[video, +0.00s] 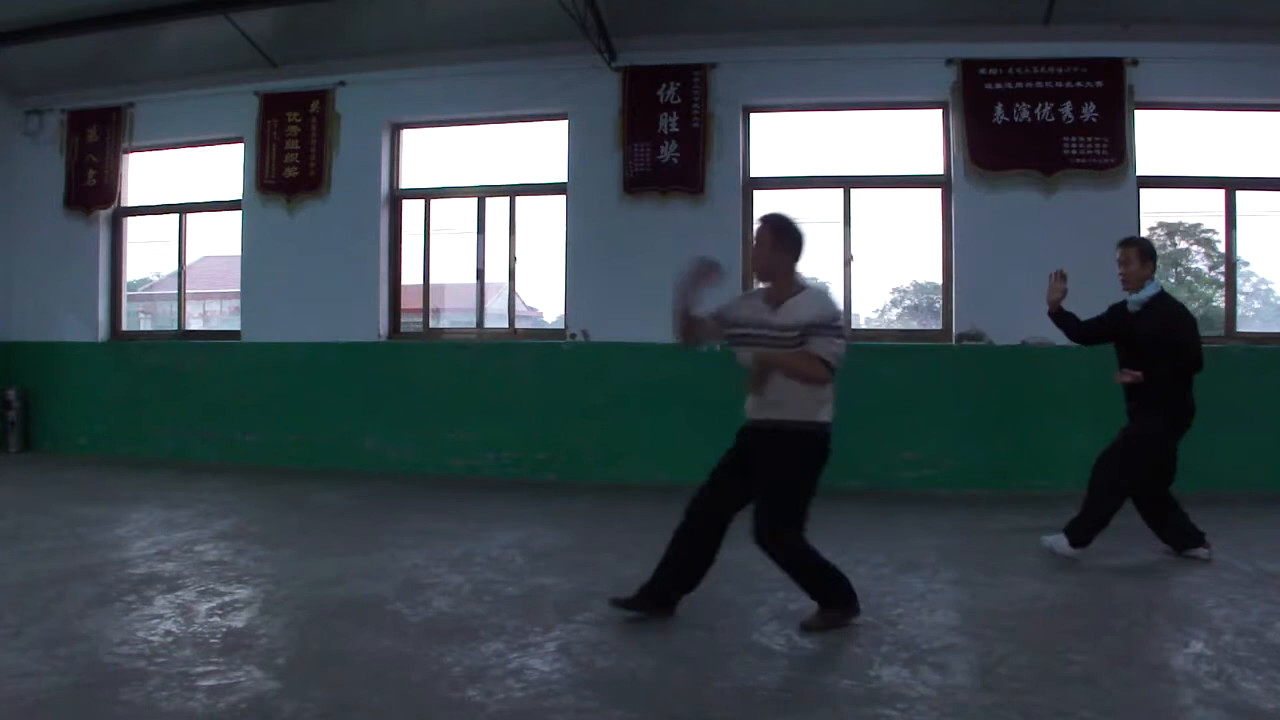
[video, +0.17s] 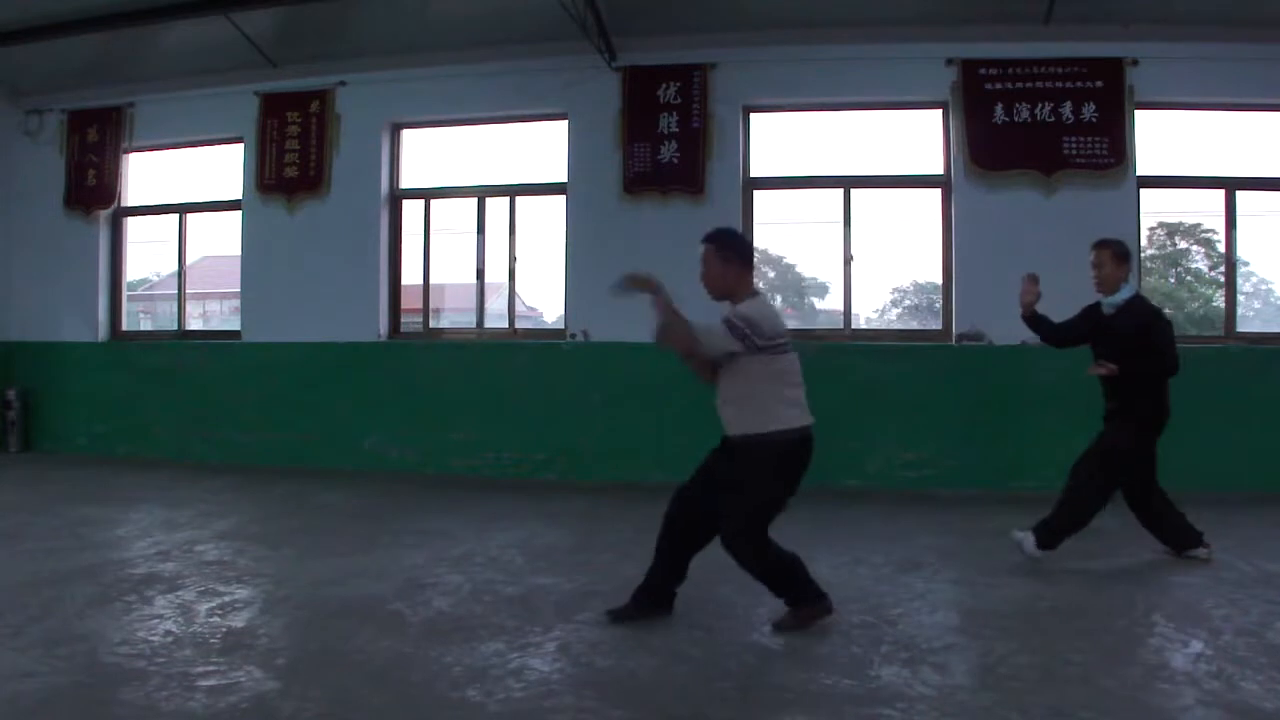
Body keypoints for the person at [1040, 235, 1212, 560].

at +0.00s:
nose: (1121, 271)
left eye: (1128, 264)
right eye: (1119, 264)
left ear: (1149, 268)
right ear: (1120, 268)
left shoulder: (1174, 313)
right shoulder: (1122, 313)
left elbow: (1192, 363)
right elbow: (1084, 334)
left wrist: (1145, 375)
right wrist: (1055, 309)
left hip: (1169, 414)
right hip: (1141, 413)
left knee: (1114, 467)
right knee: (1146, 484)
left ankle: (1075, 539)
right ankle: (1191, 544)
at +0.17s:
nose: (1094, 274)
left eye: (1101, 267)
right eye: (1093, 268)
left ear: (1124, 270)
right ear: (1097, 271)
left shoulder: (1149, 316)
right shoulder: (1098, 314)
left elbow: (1168, 365)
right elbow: (1060, 336)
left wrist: (1121, 370)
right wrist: (1029, 312)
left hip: (1144, 416)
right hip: (1118, 415)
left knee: (1092, 475)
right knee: (1139, 488)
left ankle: (1043, 538)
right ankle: (1189, 543)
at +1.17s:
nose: (893, 261)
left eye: (898, 253)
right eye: (893, 254)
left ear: (919, 254)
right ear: (906, 255)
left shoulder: (945, 305)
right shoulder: (894, 302)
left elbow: (930, 350)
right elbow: (857, 330)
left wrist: (887, 344)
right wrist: (846, 308)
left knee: (895, 488)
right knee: (837, 469)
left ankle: (918, 552)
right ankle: (790, 530)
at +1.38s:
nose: (837, 274)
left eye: (841, 267)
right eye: (838, 267)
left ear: (858, 269)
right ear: (864, 270)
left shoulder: (865, 310)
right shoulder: (861, 309)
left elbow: (809, 305)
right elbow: (854, 367)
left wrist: (777, 269)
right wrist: (822, 347)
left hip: (881, 420)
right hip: (857, 415)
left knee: (859, 503)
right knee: (800, 478)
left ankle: (905, 547)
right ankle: (761, 546)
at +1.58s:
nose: (812, 288)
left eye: (815, 281)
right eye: (812, 281)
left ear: (827, 281)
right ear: (845, 279)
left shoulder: (841, 324)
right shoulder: (852, 318)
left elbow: (777, 335)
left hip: (870, 436)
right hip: (843, 431)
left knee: (853, 518)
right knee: (785, 487)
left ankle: (905, 549)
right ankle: (760, 547)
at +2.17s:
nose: (815, 274)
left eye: (820, 267)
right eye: (815, 267)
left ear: (840, 268)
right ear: (842, 269)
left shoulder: (850, 313)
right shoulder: (850, 307)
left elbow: (791, 329)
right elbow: (847, 356)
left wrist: (755, 295)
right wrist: (813, 352)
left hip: (872, 426)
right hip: (847, 421)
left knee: (859, 506)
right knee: (796, 487)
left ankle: (906, 548)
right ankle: (758, 553)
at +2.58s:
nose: (818, 267)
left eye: (822, 260)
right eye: (818, 260)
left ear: (842, 261)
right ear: (845, 262)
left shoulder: (850, 306)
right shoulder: (852, 301)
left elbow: (793, 323)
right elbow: (844, 351)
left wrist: (754, 291)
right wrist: (811, 345)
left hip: (868, 419)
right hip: (846, 414)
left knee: (861, 495)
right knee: (800, 481)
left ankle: (908, 548)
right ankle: (765, 546)